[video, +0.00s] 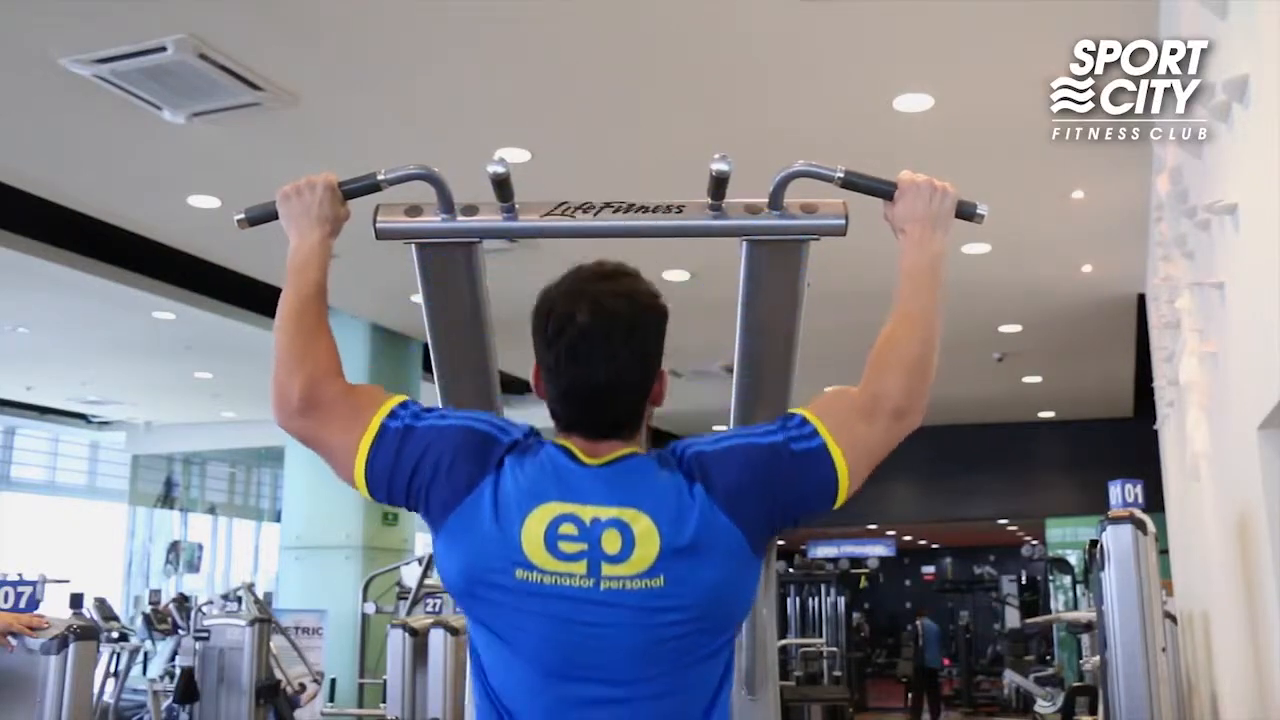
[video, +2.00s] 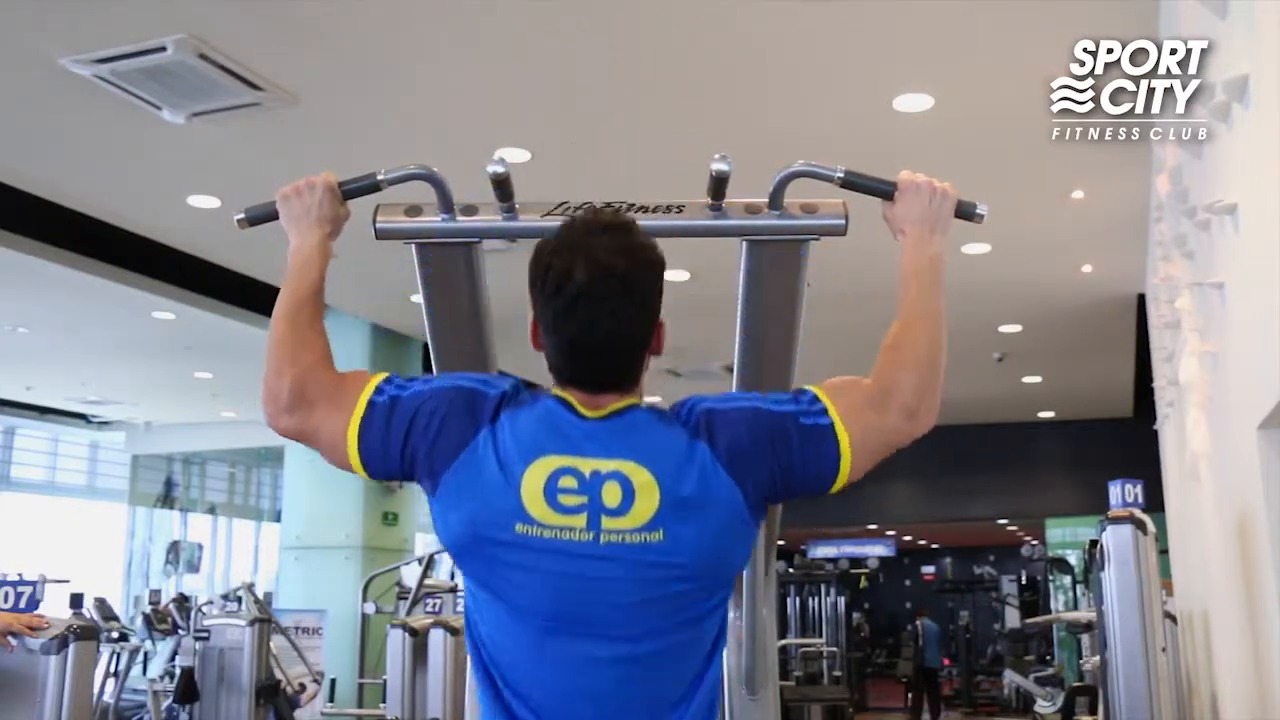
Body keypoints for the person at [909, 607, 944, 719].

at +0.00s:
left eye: (917, 616)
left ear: (917, 615)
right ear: (927, 615)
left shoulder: (917, 626)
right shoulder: (935, 626)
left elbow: (917, 644)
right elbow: (938, 645)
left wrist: (914, 659)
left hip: (921, 664)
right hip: (934, 664)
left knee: (918, 692)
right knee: (933, 692)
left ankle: (916, 714)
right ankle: (935, 715)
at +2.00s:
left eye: (917, 616)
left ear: (917, 615)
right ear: (927, 615)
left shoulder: (917, 625)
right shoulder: (935, 626)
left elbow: (917, 644)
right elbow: (938, 645)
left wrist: (914, 658)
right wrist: (938, 659)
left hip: (921, 664)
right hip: (934, 664)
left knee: (917, 692)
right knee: (933, 692)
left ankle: (916, 715)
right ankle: (935, 715)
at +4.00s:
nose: (916, 618)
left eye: (916, 616)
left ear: (917, 615)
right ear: (928, 614)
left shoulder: (917, 626)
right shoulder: (935, 627)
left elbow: (917, 644)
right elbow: (938, 645)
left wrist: (914, 659)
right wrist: (939, 659)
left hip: (921, 664)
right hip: (934, 664)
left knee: (918, 692)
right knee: (933, 692)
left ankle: (916, 715)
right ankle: (935, 715)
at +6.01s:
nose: (916, 618)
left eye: (916, 616)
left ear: (917, 615)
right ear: (928, 614)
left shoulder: (917, 625)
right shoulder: (935, 627)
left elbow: (917, 644)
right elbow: (938, 645)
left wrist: (914, 659)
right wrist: (939, 659)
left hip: (921, 664)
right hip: (934, 664)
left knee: (918, 692)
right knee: (933, 691)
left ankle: (916, 715)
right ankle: (935, 715)